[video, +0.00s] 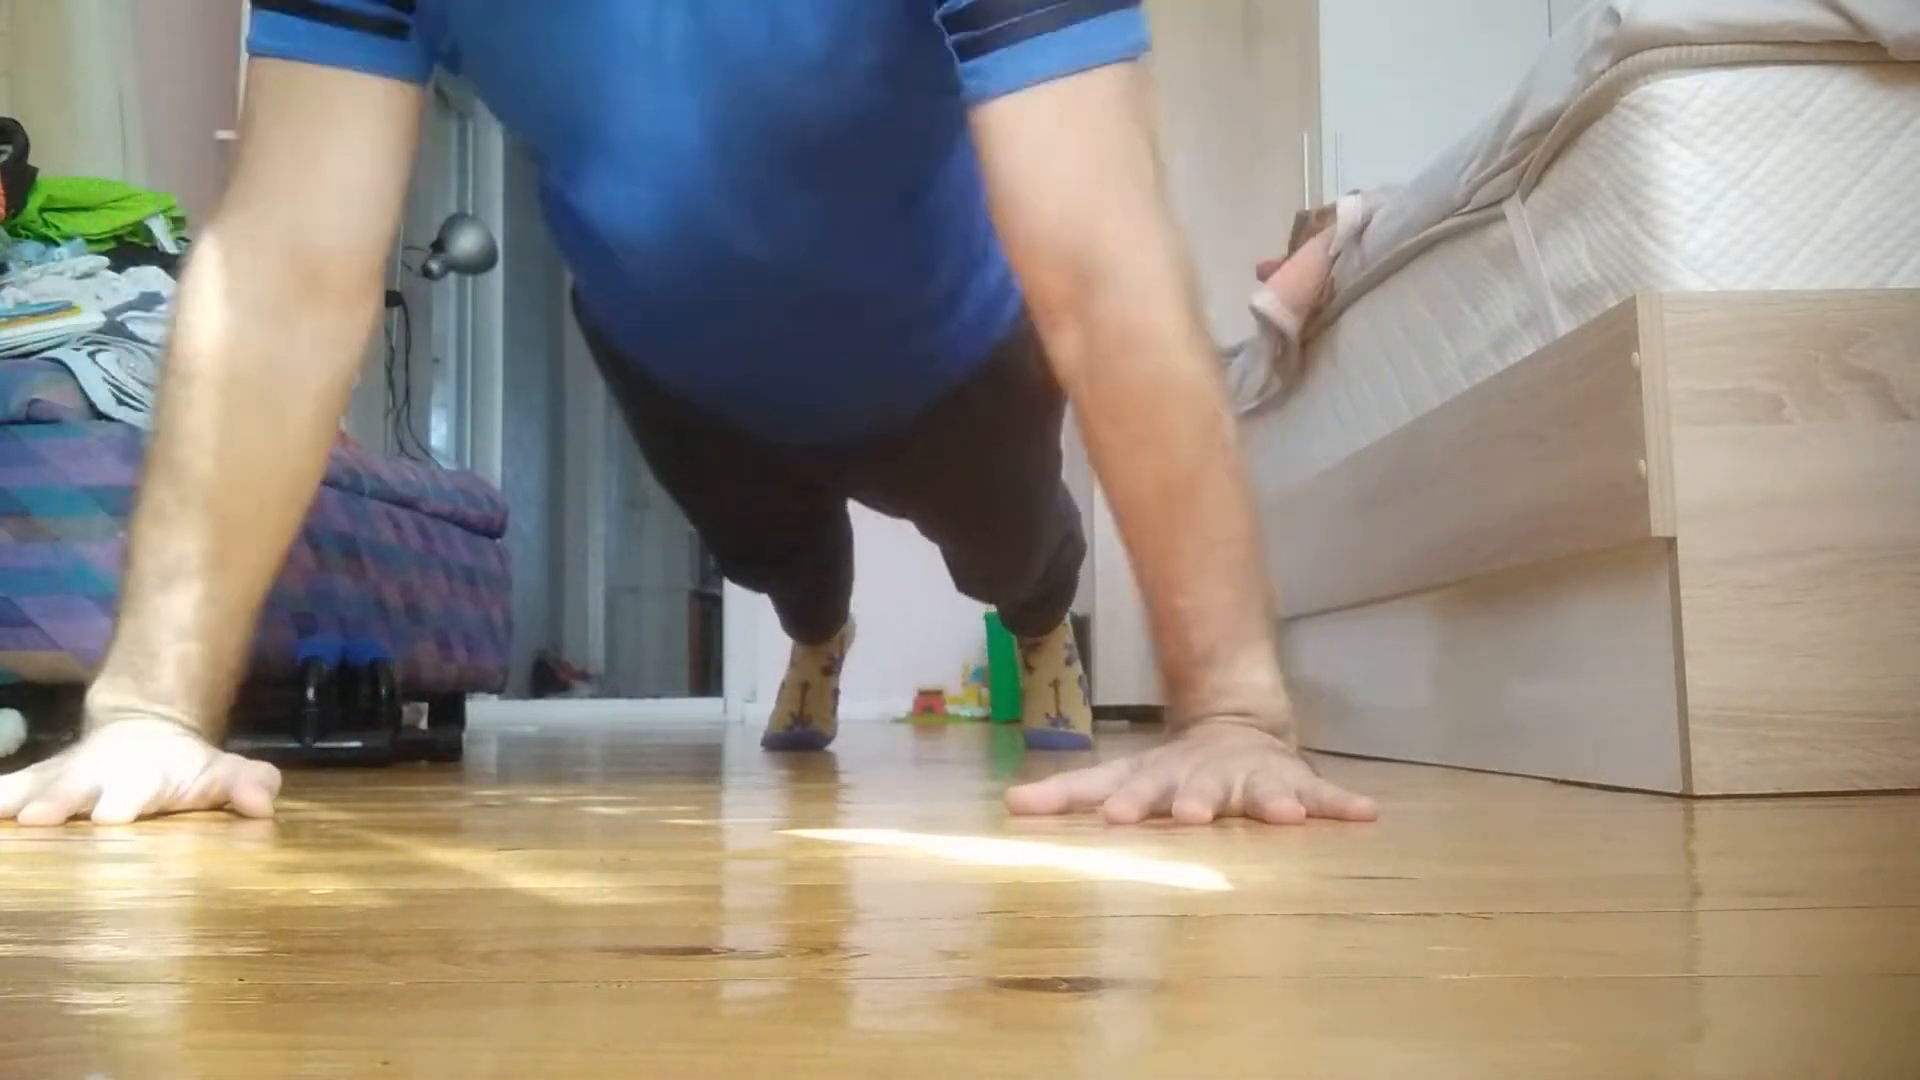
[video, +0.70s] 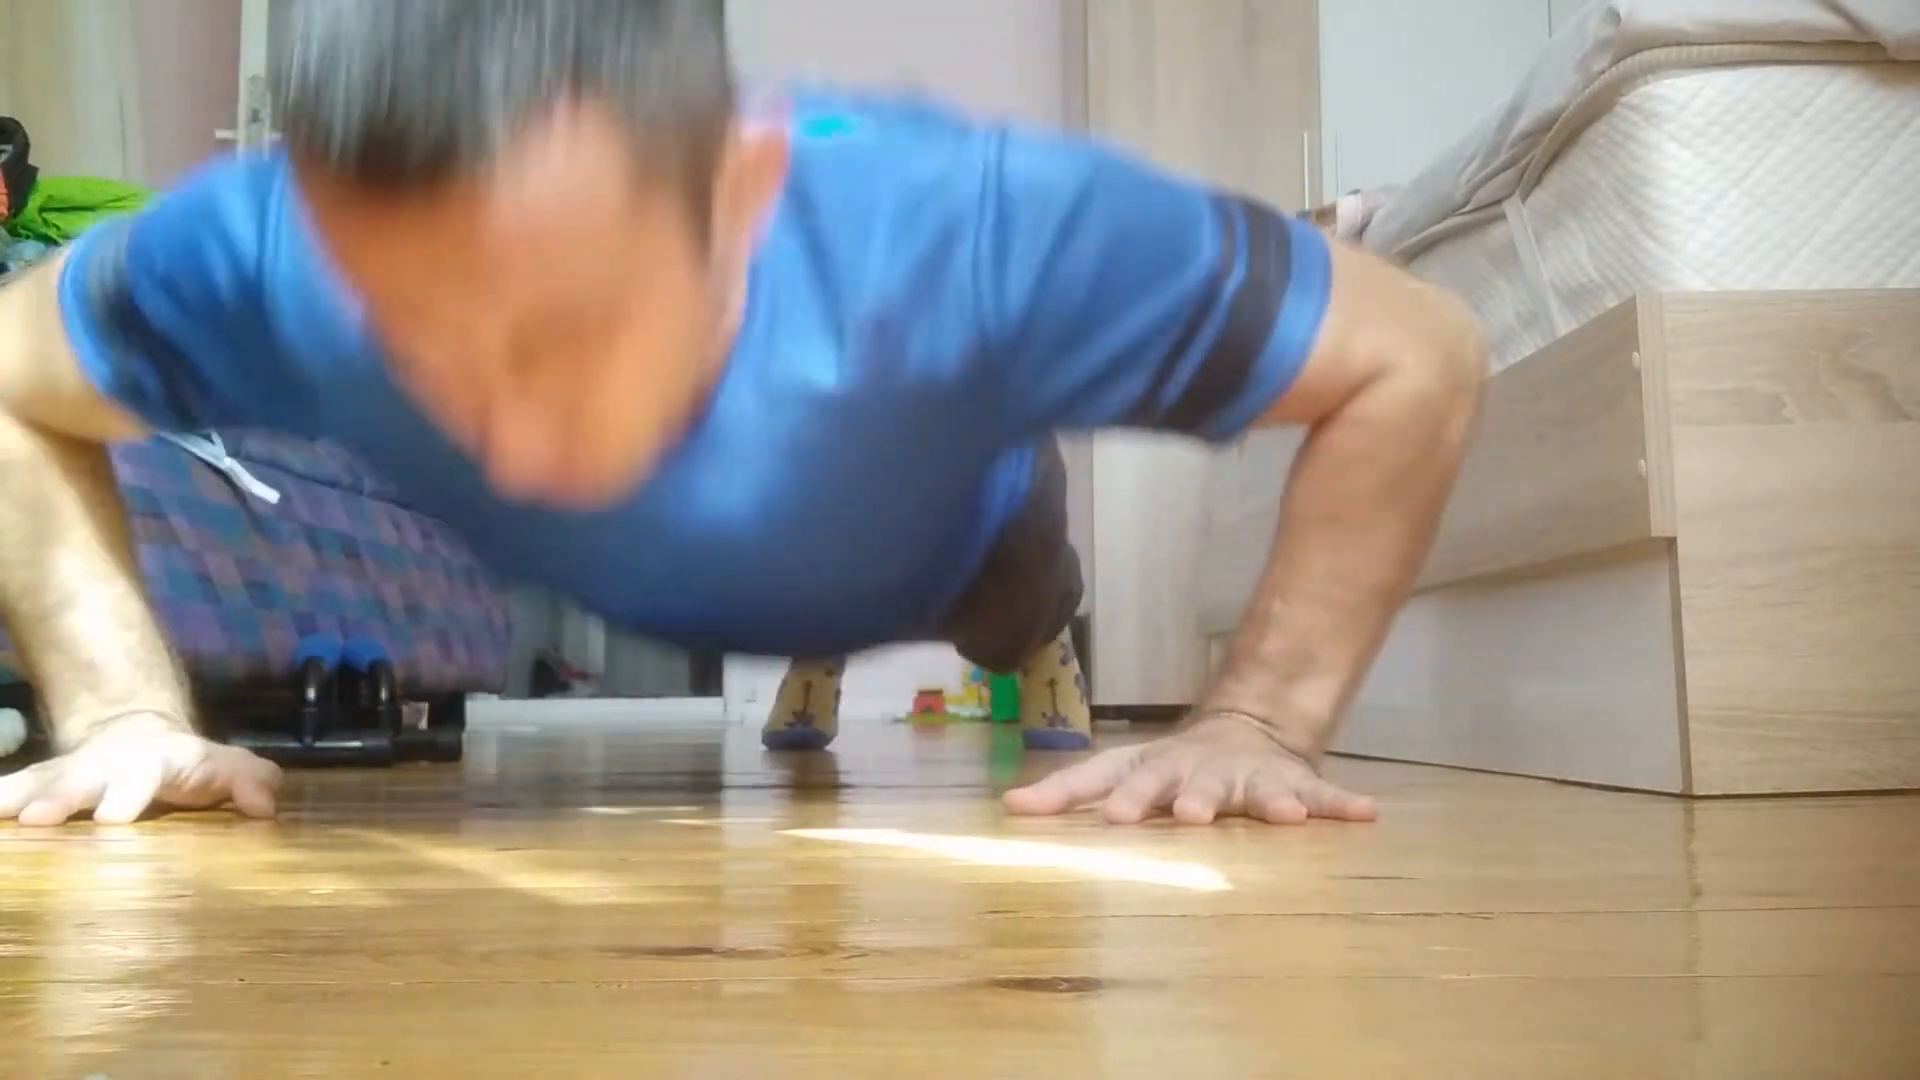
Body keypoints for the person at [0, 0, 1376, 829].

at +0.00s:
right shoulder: (381, 2)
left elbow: (1102, 266)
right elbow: (284, 269)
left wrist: (1236, 700)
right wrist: (154, 708)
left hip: (941, 360)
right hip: (683, 378)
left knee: (1013, 549)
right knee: (778, 550)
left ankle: (1015, 622)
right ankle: (817, 642)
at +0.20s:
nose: (521, 124)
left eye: (572, 50)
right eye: (472, 54)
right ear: (412, 13)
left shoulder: (951, 32)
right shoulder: (322, 52)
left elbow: (1320, 331)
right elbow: (97, 355)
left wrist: (1249, 718)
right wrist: (136, 716)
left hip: (946, 508)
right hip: (698, 553)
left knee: (1011, 625)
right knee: (787, 617)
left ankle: (1013, 660)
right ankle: (811, 659)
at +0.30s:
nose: (489, 482)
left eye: (542, 386)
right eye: (408, 408)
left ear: (704, 195)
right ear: (308, 288)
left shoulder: (940, 220)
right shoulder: (247, 261)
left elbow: (1350, 353)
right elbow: (51, 390)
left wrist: (1247, 718)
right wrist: (133, 712)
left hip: (973, 644)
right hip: (657, 655)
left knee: (1020, 651)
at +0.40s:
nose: (480, 742)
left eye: (547, 646)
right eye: (393, 666)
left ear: (707, 447)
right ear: (294, 526)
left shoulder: (942, 389)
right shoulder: (243, 382)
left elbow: (1361, 348)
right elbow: (43, 377)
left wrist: (1250, 723)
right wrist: (133, 715)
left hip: (938, 727)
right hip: (615, 761)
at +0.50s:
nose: (474, 798)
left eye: (543, 698)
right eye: (387, 716)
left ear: (708, 511)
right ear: (280, 556)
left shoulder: (940, 431)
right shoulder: (235, 404)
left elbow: (1374, 342)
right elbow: (27, 364)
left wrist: (1251, 721)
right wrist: (125, 715)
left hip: (910, 727)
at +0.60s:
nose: (488, 655)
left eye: (547, 573)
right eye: (406, 587)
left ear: (718, 388)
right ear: (317, 463)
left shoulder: (962, 370)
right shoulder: (241, 363)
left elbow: (1410, 352)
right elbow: (24, 369)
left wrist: (1260, 723)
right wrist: (121, 706)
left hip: (943, 641)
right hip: (681, 664)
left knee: (1008, 633)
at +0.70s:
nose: (510, 439)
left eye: (563, 346)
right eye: (435, 360)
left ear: (738, 189)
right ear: (347, 261)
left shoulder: (962, 238)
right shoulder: (271, 260)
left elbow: (1416, 357)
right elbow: (12, 389)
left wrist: (1263, 720)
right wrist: (128, 708)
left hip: (961, 556)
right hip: (718, 593)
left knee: (1013, 622)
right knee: (801, 641)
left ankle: (1033, 653)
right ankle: (807, 683)